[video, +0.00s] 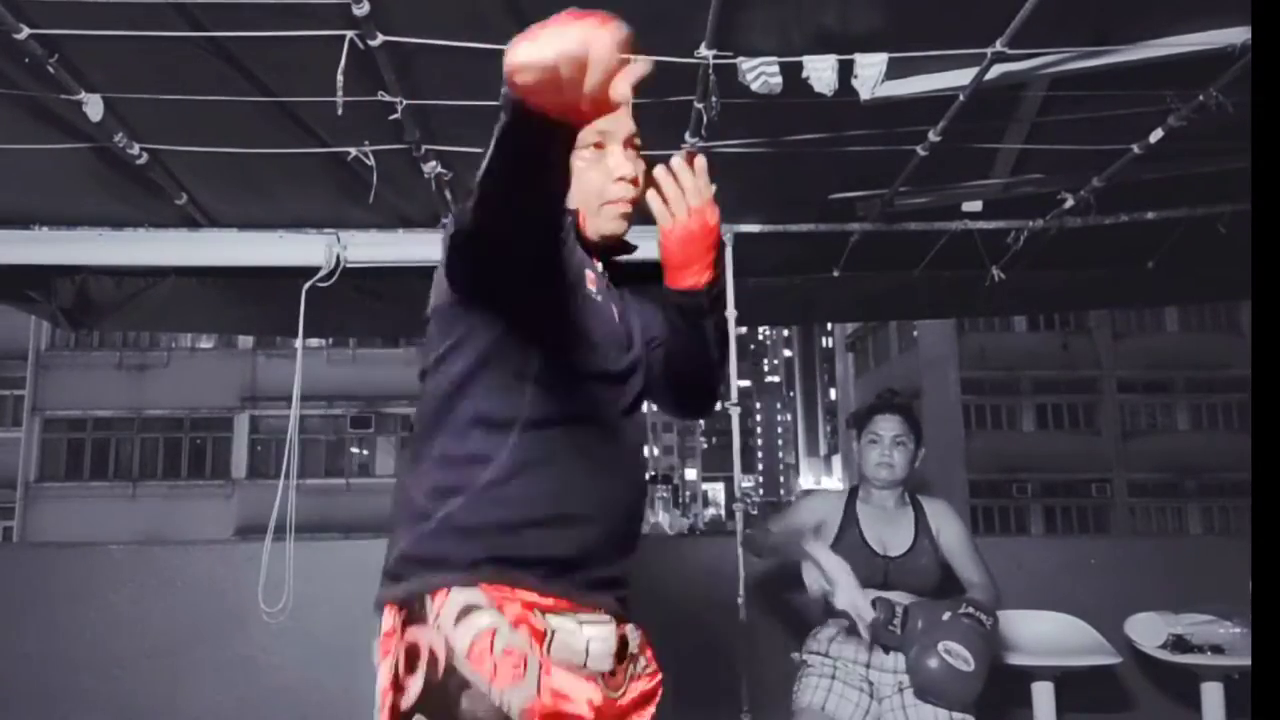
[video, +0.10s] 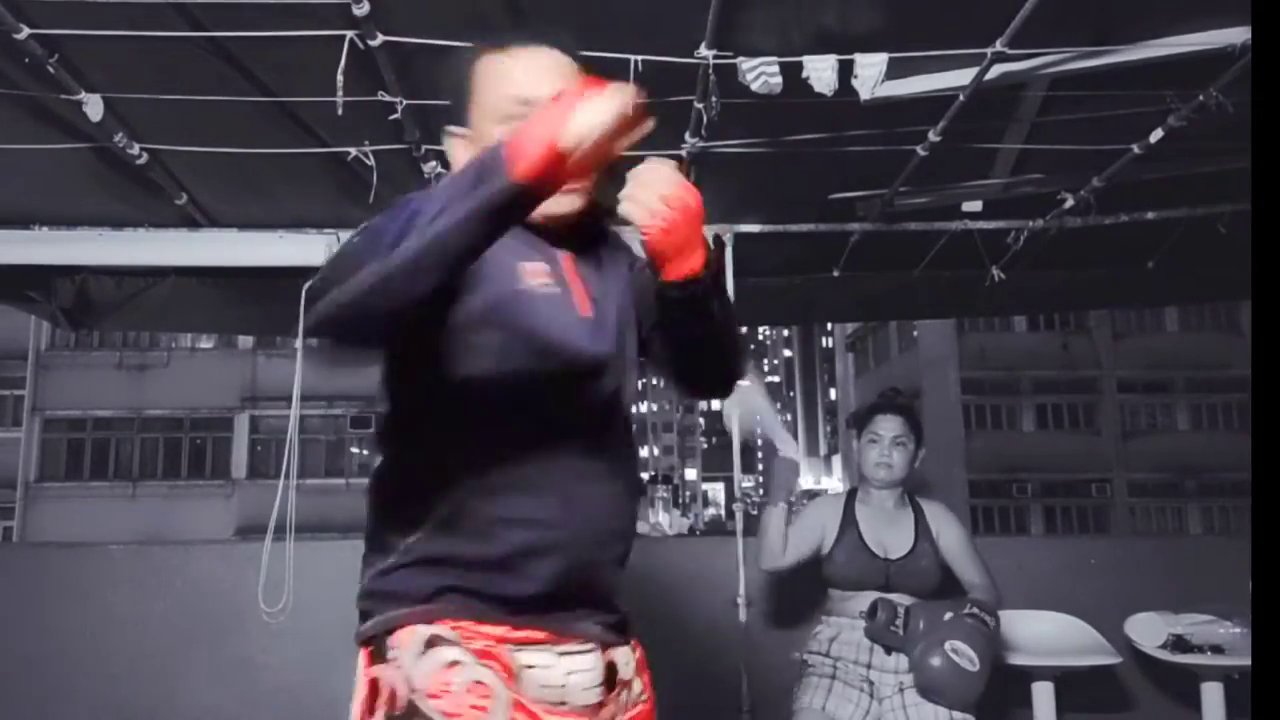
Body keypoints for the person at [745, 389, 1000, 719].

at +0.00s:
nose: (885, 452)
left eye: (899, 443)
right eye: (874, 441)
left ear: (917, 457)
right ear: (857, 450)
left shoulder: (937, 515)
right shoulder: (825, 507)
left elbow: (984, 591)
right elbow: (755, 541)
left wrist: (951, 617)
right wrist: (806, 549)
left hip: (921, 670)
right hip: (838, 667)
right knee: (820, 711)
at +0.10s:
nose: (885, 452)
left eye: (898, 443)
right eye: (873, 441)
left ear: (916, 457)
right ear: (856, 449)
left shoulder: (936, 517)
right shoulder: (827, 511)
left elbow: (982, 590)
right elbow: (771, 560)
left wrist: (974, 617)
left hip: (921, 671)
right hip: (838, 667)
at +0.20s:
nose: (885, 452)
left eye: (899, 444)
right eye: (874, 441)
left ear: (917, 458)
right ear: (857, 449)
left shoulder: (935, 516)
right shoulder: (829, 511)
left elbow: (983, 590)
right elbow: (777, 565)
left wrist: (968, 617)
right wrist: (792, 484)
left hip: (920, 668)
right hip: (841, 665)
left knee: (940, 714)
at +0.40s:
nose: (881, 452)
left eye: (894, 443)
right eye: (869, 442)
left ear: (910, 454)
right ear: (852, 451)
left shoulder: (935, 519)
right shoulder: (830, 512)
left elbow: (983, 588)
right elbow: (784, 560)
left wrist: (967, 618)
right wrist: (836, 513)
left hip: (920, 666)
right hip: (839, 664)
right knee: (825, 711)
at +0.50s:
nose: (885, 452)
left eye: (897, 443)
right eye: (872, 442)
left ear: (912, 454)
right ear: (852, 450)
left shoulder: (932, 515)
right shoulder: (831, 513)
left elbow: (983, 589)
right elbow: (760, 558)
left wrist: (971, 619)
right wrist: (805, 521)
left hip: (923, 671)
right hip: (841, 667)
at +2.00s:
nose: (883, 450)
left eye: (895, 443)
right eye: (870, 439)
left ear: (909, 456)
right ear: (850, 450)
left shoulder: (931, 518)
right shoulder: (823, 515)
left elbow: (984, 587)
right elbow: (764, 576)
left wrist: (972, 620)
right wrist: (769, 526)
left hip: (921, 669)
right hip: (840, 666)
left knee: (938, 714)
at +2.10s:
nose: (881, 451)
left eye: (894, 443)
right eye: (869, 440)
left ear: (908, 456)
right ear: (849, 451)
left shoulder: (931, 517)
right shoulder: (817, 519)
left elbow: (984, 586)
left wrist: (976, 613)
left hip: (919, 666)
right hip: (838, 664)